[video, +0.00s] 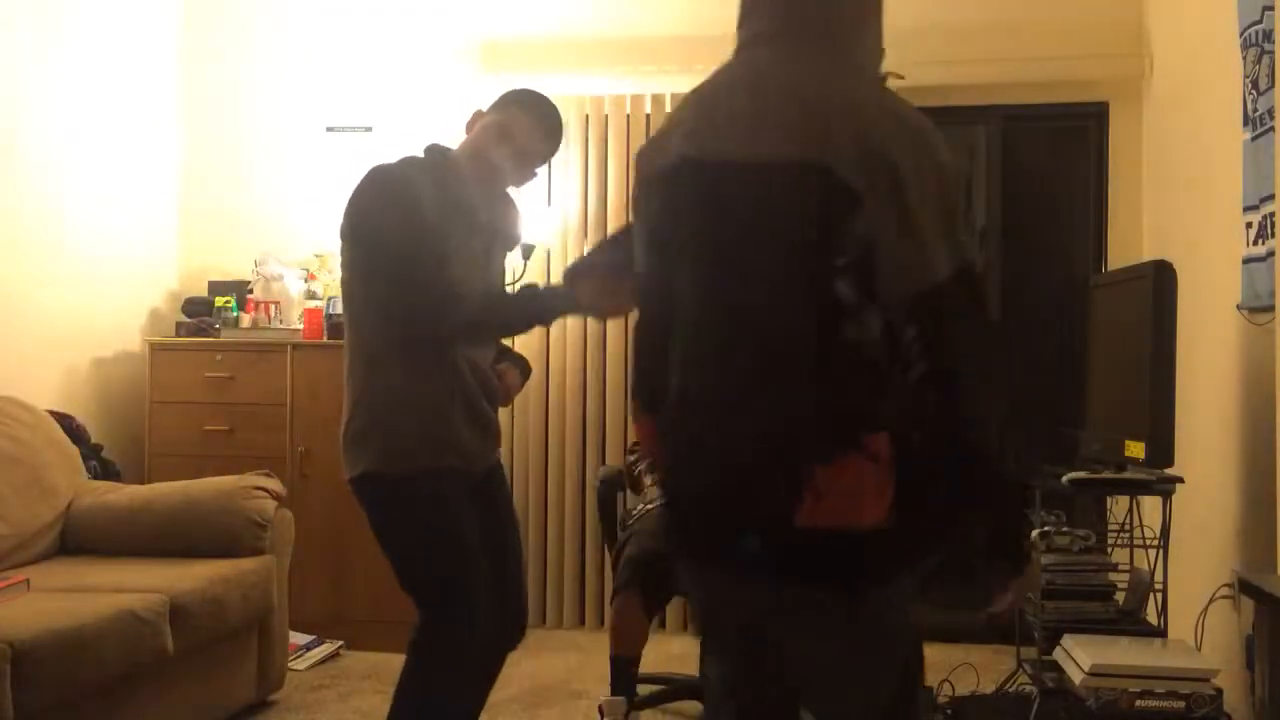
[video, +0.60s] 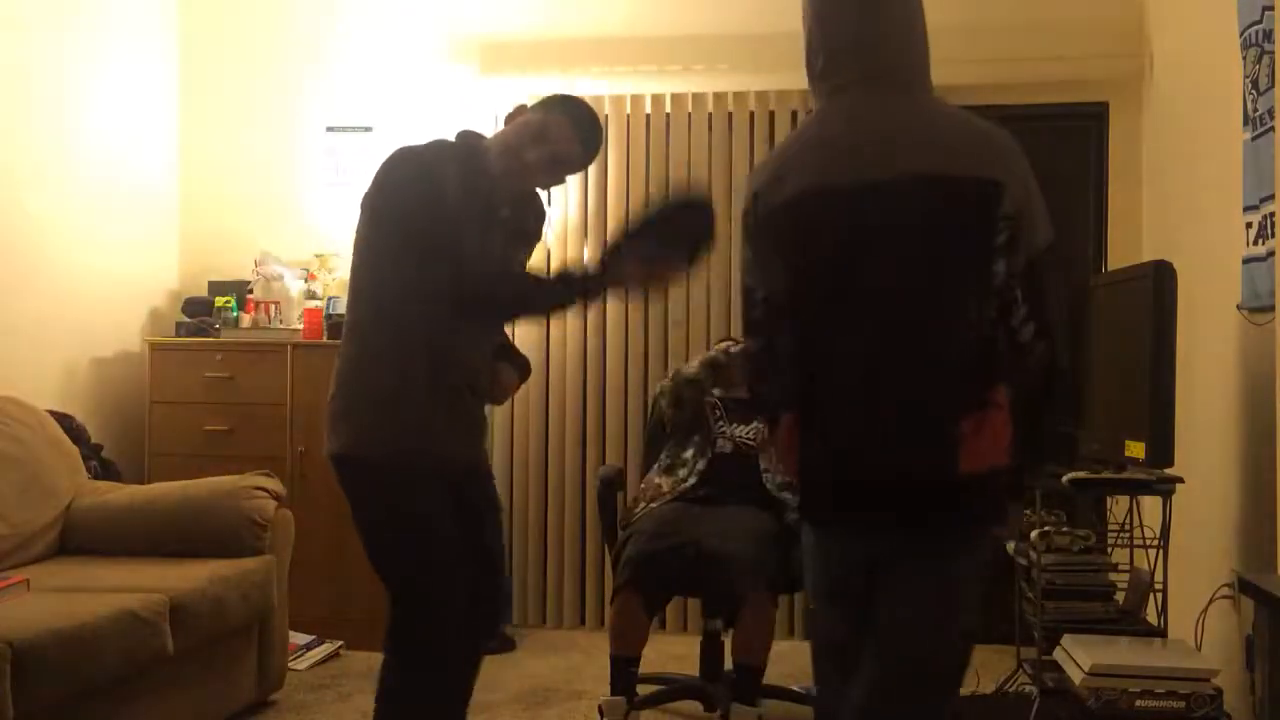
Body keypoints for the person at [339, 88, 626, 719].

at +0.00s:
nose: (512, 162)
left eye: (528, 162)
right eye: (507, 138)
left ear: (530, 172)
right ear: (476, 120)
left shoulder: (491, 221)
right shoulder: (396, 186)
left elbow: (474, 319)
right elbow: (434, 312)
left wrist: (508, 363)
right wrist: (566, 297)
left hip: (467, 445)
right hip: (401, 446)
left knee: (501, 619)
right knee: (460, 619)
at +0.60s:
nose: (544, 174)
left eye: (559, 173)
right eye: (547, 151)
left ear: (560, 176)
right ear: (521, 115)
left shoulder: (515, 216)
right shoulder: (423, 167)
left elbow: (478, 311)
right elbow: (468, 285)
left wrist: (509, 362)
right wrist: (599, 278)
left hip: (451, 439)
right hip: (387, 433)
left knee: (470, 615)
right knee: (436, 612)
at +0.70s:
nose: (535, 158)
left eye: (553, 160)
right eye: (539, 135)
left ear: (555, 170)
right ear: (516, 106)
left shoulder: (509, 208)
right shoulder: (423, 154)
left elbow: (486, 313)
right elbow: (516, 231)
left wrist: (510, 354)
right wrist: (614, 173)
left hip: (451, 433)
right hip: (387, 428)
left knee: (454, 614)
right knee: (420, 612)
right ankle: (400, 713)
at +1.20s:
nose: (542, 182)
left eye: (552, 171)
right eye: (549, 165)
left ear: (508, 125)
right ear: (522, 132)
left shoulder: (453, 176)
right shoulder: (437, 167)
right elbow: (554, 245)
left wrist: (476, 340)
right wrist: (609, 147)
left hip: (431, 431)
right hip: (385, 430)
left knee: (477, 585)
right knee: (395, 599)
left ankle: (434, 712)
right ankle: (389, 714)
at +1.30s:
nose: (539, 183)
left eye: (549, 172)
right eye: (545, 166)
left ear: (502, 127)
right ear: (513, 132)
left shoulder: (448, 177)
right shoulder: (438, 174)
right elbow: (557, 254)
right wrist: (605, 157)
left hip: (430, 433)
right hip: (388, 431)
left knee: (482, 583)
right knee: (397, 606)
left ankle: (435, 711)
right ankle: (390, 713)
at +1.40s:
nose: (537, 176)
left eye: (547, 164)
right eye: (542, 159)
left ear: (493, 122)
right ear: (509, 130)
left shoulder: (419, 171)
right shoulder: (452, 178)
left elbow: (546, 260)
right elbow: (558, 259)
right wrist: (595, 160)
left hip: (387, 427)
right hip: (408, 433)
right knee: (446, 588)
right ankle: (415, 712)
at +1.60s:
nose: (519, 166)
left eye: (527, 155)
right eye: (523, 151)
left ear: (471, 115)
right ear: (501, 129)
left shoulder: (375, 178)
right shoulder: (470, 173)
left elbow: (336, 308)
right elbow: (552, 259)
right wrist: (563, 154)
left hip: (375, 417)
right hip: (433, 422)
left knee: (406, 606)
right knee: (424, 611)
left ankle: (387, 713)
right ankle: (400, 715)